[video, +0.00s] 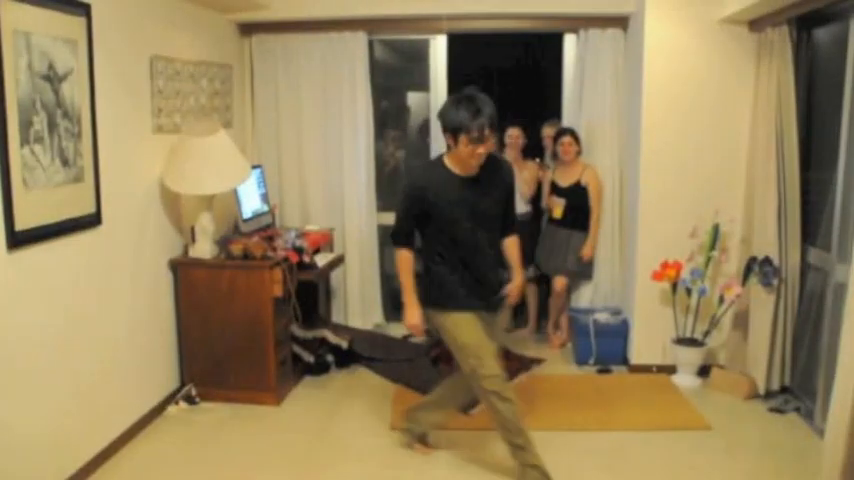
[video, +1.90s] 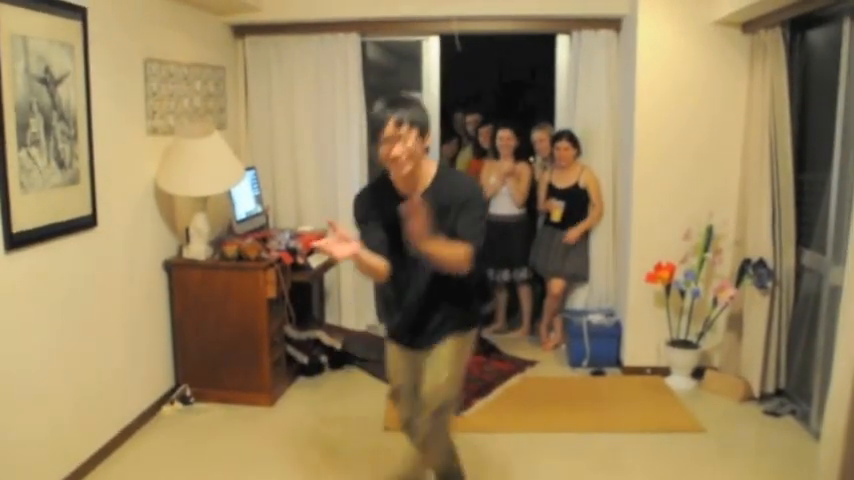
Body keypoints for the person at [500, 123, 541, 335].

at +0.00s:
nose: (513, 141)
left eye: (517, 137)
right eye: (510, 137)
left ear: (524, 141)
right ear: (503, 140)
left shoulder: (532, 167)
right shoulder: (499, 165)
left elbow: (528, 191)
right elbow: (495, 190)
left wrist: (513, 166)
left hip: (526, 215)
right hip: (504, 215)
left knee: (529, 270)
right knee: (507, 266)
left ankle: (532, 323)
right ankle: (506, 315)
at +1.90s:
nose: (504, 143)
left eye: (508, 139)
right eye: (500, 139)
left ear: (516, 142)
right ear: (495, 142)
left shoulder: (523, 167)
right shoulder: (489, 165)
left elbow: (520, 199)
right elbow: (485, 194)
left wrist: (510, 179)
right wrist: (501, 178)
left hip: (516, 220)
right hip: (494, 220)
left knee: (521, 276)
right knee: (499, 277)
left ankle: (525, 324)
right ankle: (500, 320)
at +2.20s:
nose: (505, 142)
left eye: (508, 137)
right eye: (501, 137)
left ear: (515, 140)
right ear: (494, 141)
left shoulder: (524, 166)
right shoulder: (489, 167)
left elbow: (518, 191)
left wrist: (510, 165)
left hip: (519, 228)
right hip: (497, 229)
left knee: (521, 277)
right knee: (500, 278)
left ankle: (525, 319)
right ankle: (501, 317)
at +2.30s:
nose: (503, 142)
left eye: (507, 138)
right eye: (499, 138)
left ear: (515, 141)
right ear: (494, 142)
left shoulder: (522, 166)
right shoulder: (488, 165)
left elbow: (517, 195)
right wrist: (516, 244)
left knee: (517, 278)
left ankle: (524, 324)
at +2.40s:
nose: (503, 143)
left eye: (507, 138)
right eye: (500, 139)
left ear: (516, 142)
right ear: (494, 142)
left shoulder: (523, 168)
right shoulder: (490, 168)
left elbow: (521, 195)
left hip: (516, 224)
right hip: (494, 224)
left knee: (516, 276)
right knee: (497, 276)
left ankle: (524, 321)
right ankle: (499, 317)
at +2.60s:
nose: (505, 140)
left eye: (509, 135)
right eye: (501, 135)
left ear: (516, 139)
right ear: (494, 139)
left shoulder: (522, 164)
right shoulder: (491, 164)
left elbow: (519, 190)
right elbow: (485, 190)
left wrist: (513, 160)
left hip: (517, 218)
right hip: (494, 218)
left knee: (519, 276)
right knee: (497, 275)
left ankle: (523, 322)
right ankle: (498, 318)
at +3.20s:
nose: (502, 140)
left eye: (506, 135)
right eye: (499, 136)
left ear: (514, 138)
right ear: (493, 138)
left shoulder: (519, 159)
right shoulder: (490, 159)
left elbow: (517, 189)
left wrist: (517, 164)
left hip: (514, 213)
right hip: (493, 212)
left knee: (516, 269)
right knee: (500, 268)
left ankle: (521, 318)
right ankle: (505, 319)